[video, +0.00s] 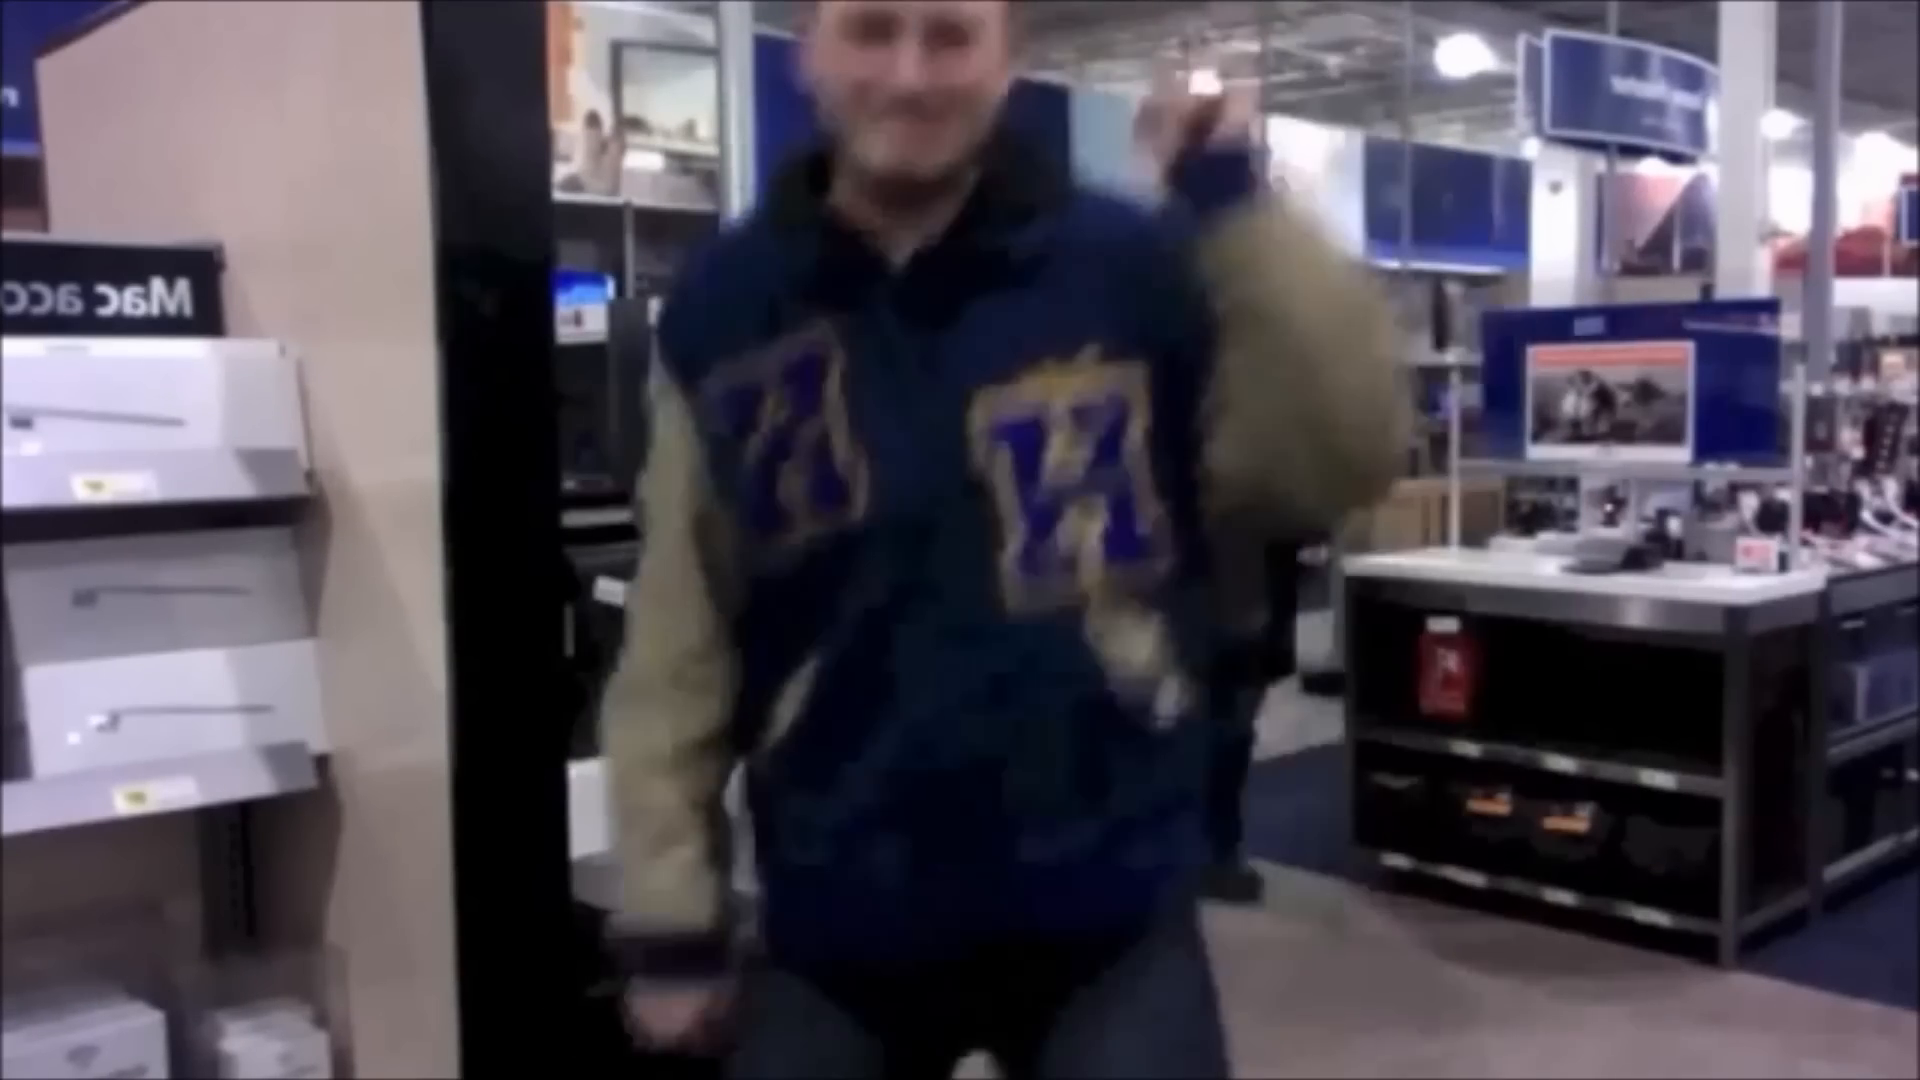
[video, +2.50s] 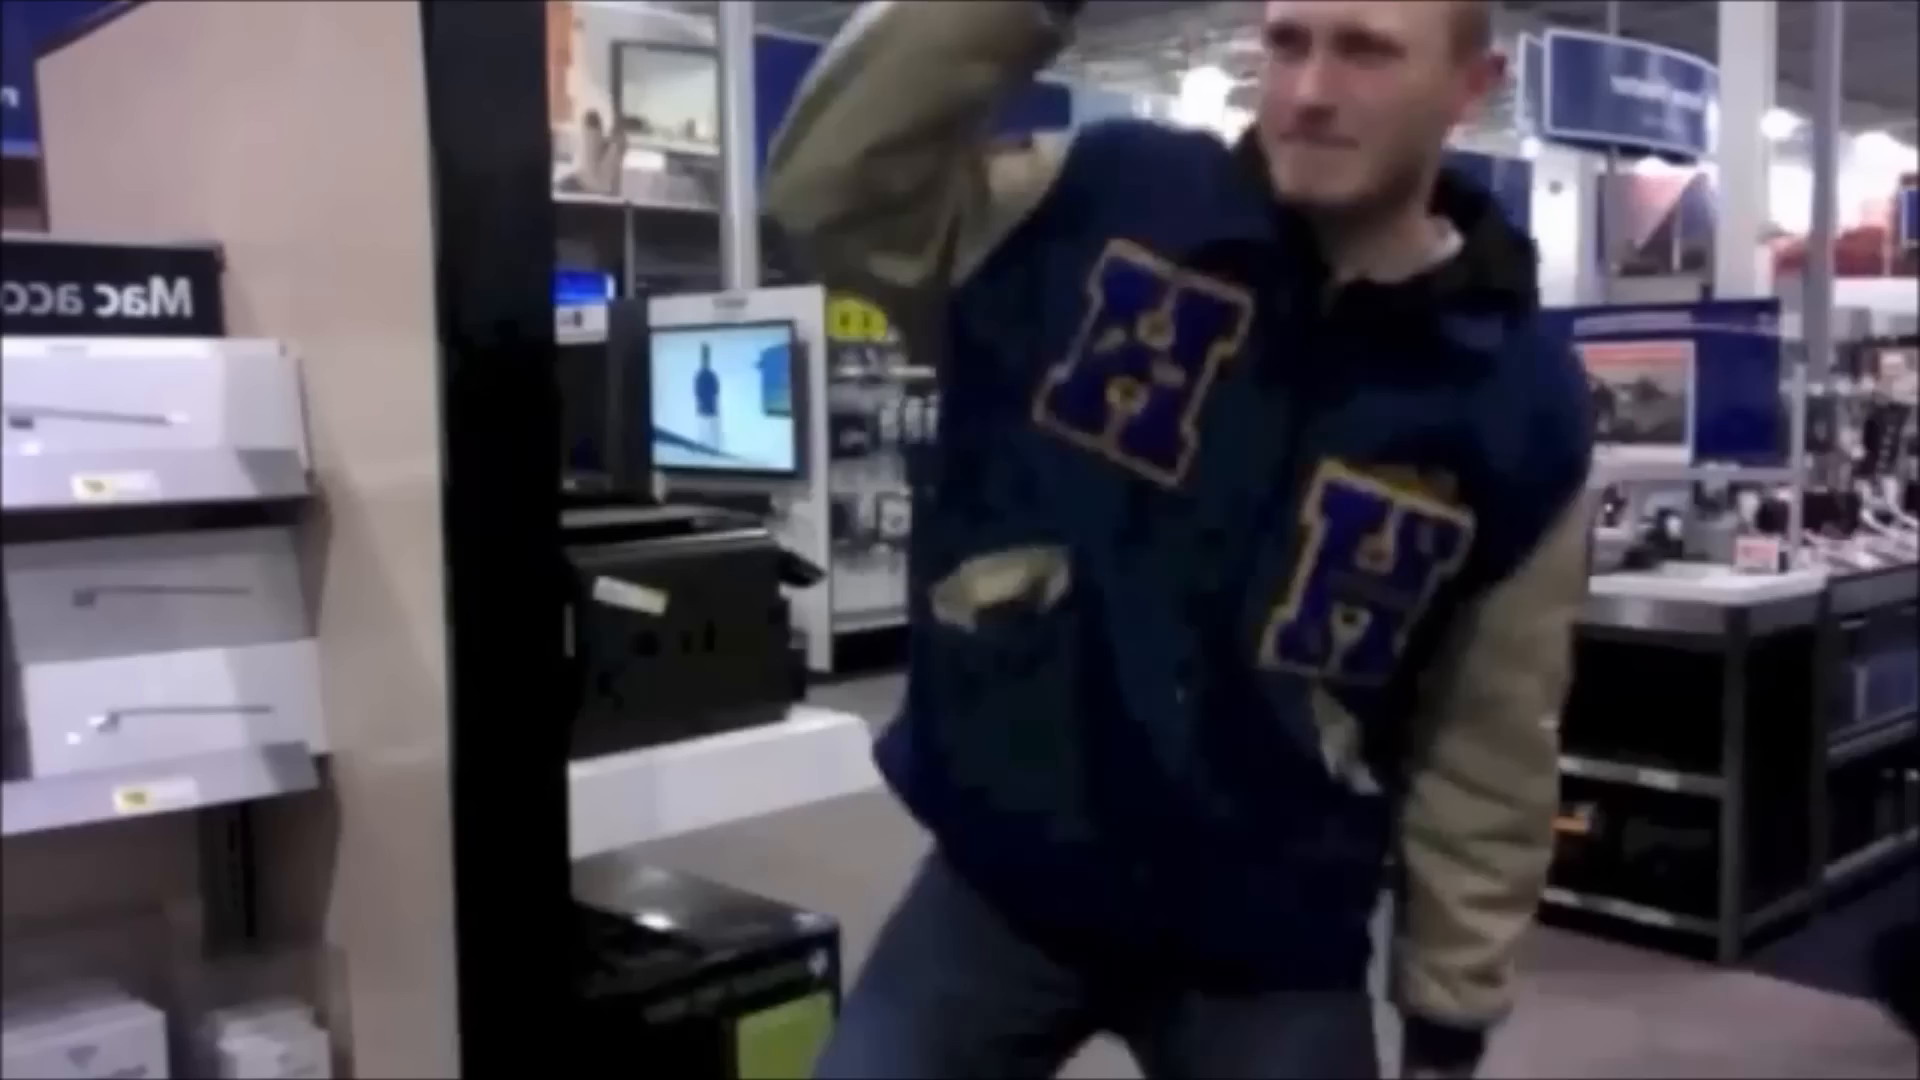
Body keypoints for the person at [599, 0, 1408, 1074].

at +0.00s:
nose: (909, 75)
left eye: (951, 37)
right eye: (871, 32)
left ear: (1010, 54)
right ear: (808, 50)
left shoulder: (1133, 270)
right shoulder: (729, 313)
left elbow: (1343, 462)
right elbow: (675, 647)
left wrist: (1238, 209)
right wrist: (669, 928)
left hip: (1104, 902)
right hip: (846, 908)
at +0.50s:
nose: (954, 152)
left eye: (981, 113)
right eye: (912, 110)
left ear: (1013, 121)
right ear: (814, 119)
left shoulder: (1116, 335)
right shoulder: (722, 375)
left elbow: (1219, 577)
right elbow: (614, 600)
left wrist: (1274, 615)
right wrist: (580, 736)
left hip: (1093, 957)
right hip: (833, 964)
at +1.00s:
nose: (1214, 184)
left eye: (1247, 147)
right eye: (1170, 144)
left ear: (1281, 167)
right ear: (1081, 159)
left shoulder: (1352, 405)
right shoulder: (965, 358)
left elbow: (1414, 749)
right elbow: (721, 499)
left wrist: (1426, 1029)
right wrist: (903, 271)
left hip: (1264, 1021)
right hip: (989, 1013)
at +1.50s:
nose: (834, 155)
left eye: (878, 116)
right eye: (804, 116)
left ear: (978, 134)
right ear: (774, 135)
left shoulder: (1132, 329)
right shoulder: (716, 387)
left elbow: (1388, 426)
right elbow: (656, 730)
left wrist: (1219, 219)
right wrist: (665, 1017)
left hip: (1117, 994)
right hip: (845, 1001)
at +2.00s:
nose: (827, 150)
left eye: (869, 107)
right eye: (801, 109)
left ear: (979, 115)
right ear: (774, 120)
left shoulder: (1153, 305)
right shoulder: (740, 384)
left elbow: (1393, 470)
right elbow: (664, 711)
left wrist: (1284, 234)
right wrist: (608, 1000)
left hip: (1151, 987)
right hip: (880, 994)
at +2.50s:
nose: (1310, 90)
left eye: (1367, 51)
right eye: (1289, 45)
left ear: (1469, 84)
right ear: (1257, 55)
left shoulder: (1515, 393)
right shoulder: (1104, 203)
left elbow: (1492, 741)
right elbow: (828, 198)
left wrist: (1445, 1033)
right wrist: (1030, 11)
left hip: (1268, 931)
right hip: (1010, 880)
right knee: (865, 1066)